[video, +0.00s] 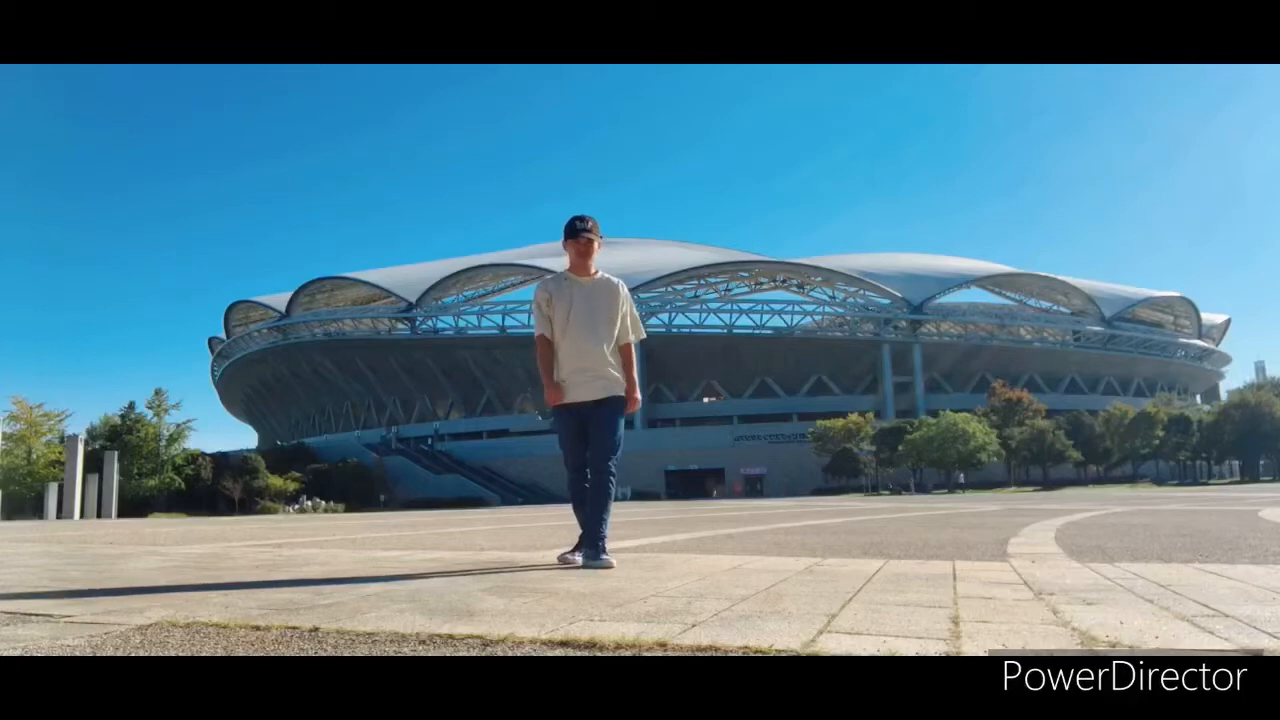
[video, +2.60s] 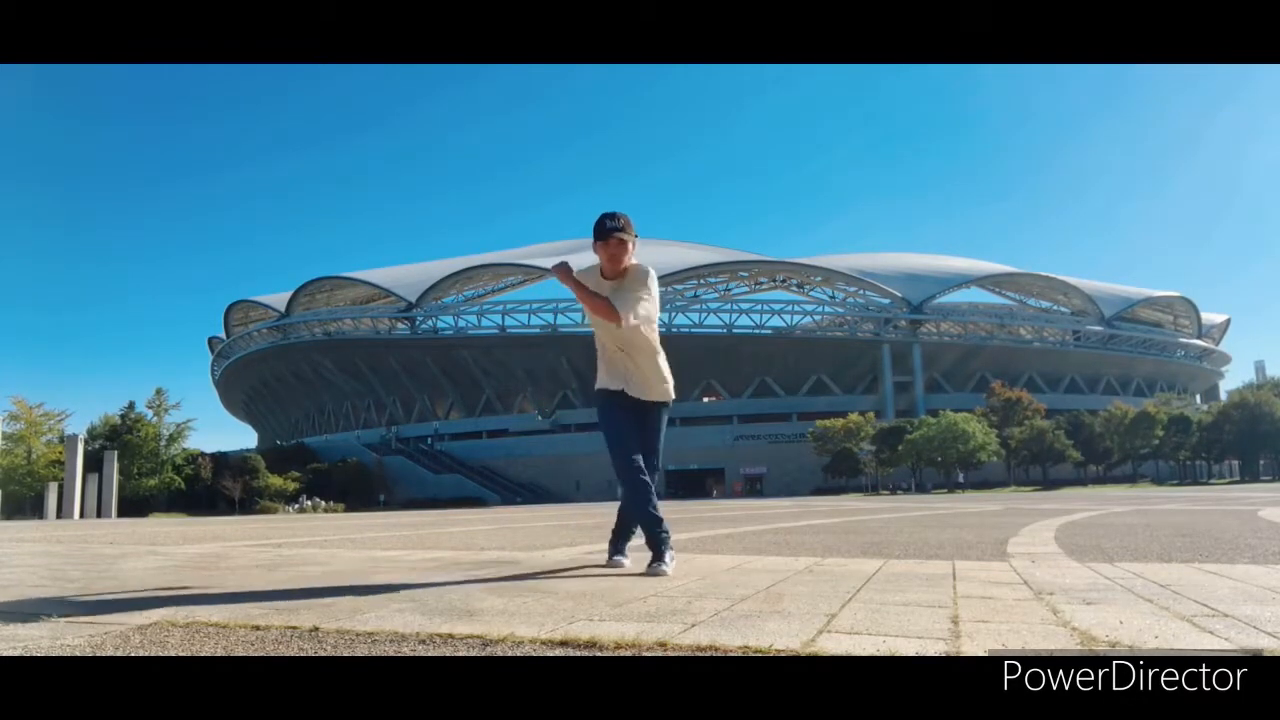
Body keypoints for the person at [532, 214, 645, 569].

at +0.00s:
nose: (585, 244)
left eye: (590, 239)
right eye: (578, 239)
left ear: (599, 244)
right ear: (566, 244)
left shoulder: (615, 288)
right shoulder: (548, 289)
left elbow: (626, 342)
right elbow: (543, 340)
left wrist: (633, 386)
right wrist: (548, 382)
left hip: (608, 390)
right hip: (567, 393)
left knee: (603, 468)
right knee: (576, 469)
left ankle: (596, 547)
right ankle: (588, 538)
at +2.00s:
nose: (633, 253)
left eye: (640, 247)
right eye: (627, 246)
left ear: (650, 253)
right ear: (614, 251)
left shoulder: (656, 296)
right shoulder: (593, 283)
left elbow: (655, 343)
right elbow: (572, 333)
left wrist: (657, 373)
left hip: (631, 392)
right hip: (591, 389)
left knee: (624, 466)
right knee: (602, 466)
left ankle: (620, 543)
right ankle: (616, 533)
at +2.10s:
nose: (639, 253)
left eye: (646, 247)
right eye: (631, 247)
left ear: (655, 253)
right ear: (620, 253)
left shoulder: (663, 293)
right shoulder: (595, 293)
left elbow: (646, 336)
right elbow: (555, 329)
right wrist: (525, 365)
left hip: (635, 395)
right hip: (591, 391)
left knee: (630, 471)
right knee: (581, 456)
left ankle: (618, 545)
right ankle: (603, 484)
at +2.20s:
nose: (628, 260)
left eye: (635, 254)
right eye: (620, 254)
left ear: (647, 259)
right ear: (610, 260)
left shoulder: (666, 293)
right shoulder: (593, 299)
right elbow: (558, 319)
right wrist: (534, 343)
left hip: (637, 405)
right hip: (594, 396)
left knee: (637, 477)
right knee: (560, 457)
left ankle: (618, 547)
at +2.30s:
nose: (614, 265)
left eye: (621, 259)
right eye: (607, 259)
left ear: (634, 264)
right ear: (597, 265)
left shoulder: (655, 311)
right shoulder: (586, 299)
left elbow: (686, 326)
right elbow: (574, 325)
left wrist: (712, 329)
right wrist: (572, 350)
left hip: (640, 400)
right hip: (599, 383)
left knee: (636, 476)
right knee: (567, 435)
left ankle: (616, 546)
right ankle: (544, 438)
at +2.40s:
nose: (613, 262)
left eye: (620, 255)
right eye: (606, 255)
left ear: (632, 259)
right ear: (594, 259)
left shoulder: (645, 302)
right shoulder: (582, 294)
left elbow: (658, 360)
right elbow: (593, 336)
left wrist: (665, 411)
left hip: (640, 385)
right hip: (601, 375)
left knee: (638, 472)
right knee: (598, 417)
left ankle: (619, 544)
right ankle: (598, 508)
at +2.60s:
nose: (615, 251)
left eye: (622, 244)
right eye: (608, 244)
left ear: (633, 246)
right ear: (596, 246)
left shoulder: (644, 277)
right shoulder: (587, 279)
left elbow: (618, 316)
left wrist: (570, 281)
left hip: (652, 385)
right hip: (611, 384)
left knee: (647, 469)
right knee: (629, 465)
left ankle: (619, 543)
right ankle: (661, 544)